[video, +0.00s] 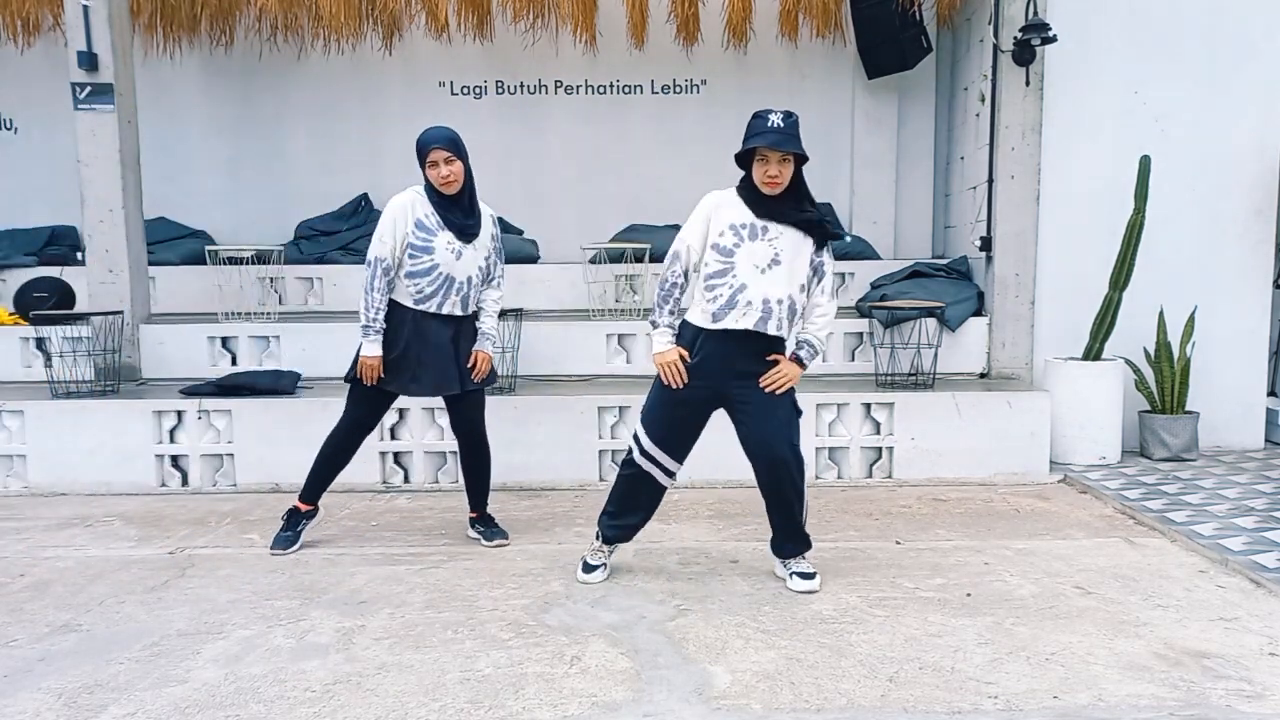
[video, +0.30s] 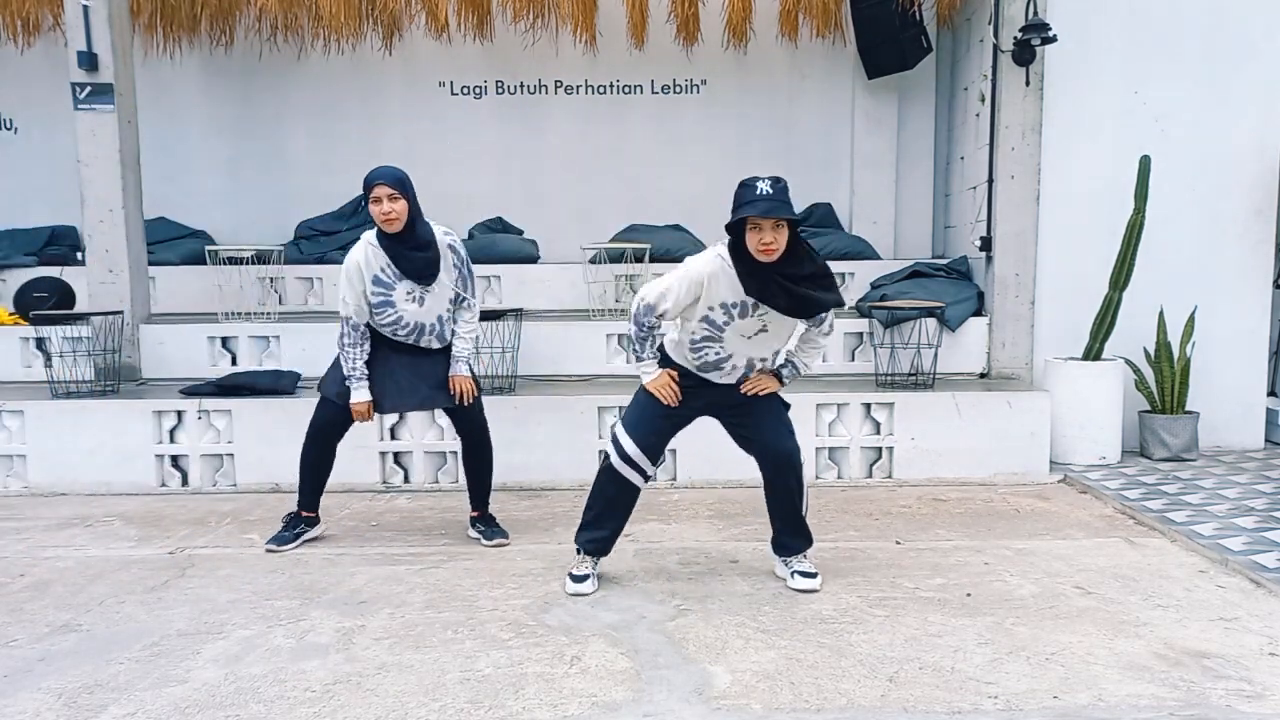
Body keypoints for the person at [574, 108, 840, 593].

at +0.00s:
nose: (773, 169)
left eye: (783, 160)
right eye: (763, 159)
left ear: (797, 164)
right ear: (748, 161)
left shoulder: (810, 228)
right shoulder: (716, 206)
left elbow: (822, 305)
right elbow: (673, 274)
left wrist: (799, 357)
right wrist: (662, 338)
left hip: (765, 360)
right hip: (699, 350)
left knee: (781, 459)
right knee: (650, 450)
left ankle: (792, 552)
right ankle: (605, 540)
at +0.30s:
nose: (767, 238)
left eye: (776, 227)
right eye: (756, 228)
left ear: (790, 229)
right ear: (739, 230)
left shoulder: (806, 277)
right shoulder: (710, 268)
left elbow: (820, 327)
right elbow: (645, 308)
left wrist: (782, 372)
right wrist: (650, 368)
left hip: (748, 385)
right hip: (680, 377)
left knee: (784, 455)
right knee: (628, 451)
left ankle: (792, 552)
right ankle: (588, 554)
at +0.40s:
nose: (728, 270)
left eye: (737, 258)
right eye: (716, 260)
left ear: (751, 260)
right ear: (700, 263)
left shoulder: (770, 300)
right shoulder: (674, 300)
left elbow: (807, 345)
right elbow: (615, 327)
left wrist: (767, 382)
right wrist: (633, 384)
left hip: (737, 399)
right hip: (668, 396)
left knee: (780, 461)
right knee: (619, 462)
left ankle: (792, 553)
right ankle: (589, 559)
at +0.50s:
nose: (673, 259)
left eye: (682, 248)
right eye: (662, 249)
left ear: (697, 249)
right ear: (647, 252)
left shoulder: (725, 283)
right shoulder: (629, 297)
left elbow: (771, 319)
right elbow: (587, 335)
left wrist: (753, 375)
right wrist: (622, 383)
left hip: (723, 395)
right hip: (656, 398)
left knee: (771, 459)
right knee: (606, 465)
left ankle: (791, 553)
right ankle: (587, 560)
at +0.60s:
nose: (632, 218)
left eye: (641, 207)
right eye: (621, 208)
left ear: (656, 208)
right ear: (605, 211)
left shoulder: (688, 245)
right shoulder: (591, 267)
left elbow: (738, 297)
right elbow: (569, 327)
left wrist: (738, 356)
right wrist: (606, 373)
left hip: (705, 372)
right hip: (637, 380)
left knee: (762, 447)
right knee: (598, 461)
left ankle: (799, 547)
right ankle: (586, 559)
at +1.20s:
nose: (634, 212)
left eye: (644, 202)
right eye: (623, 201)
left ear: (658, 205)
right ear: (607, 204)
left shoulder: (683, 246)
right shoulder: (584, 257)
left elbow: (744, 290)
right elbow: (561, 323)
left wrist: (729, 352)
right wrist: (591, 371)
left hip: (690, 369)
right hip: (622, 377)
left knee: (745, 447)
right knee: (588, 462)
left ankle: (787, 547)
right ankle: (585, 557)